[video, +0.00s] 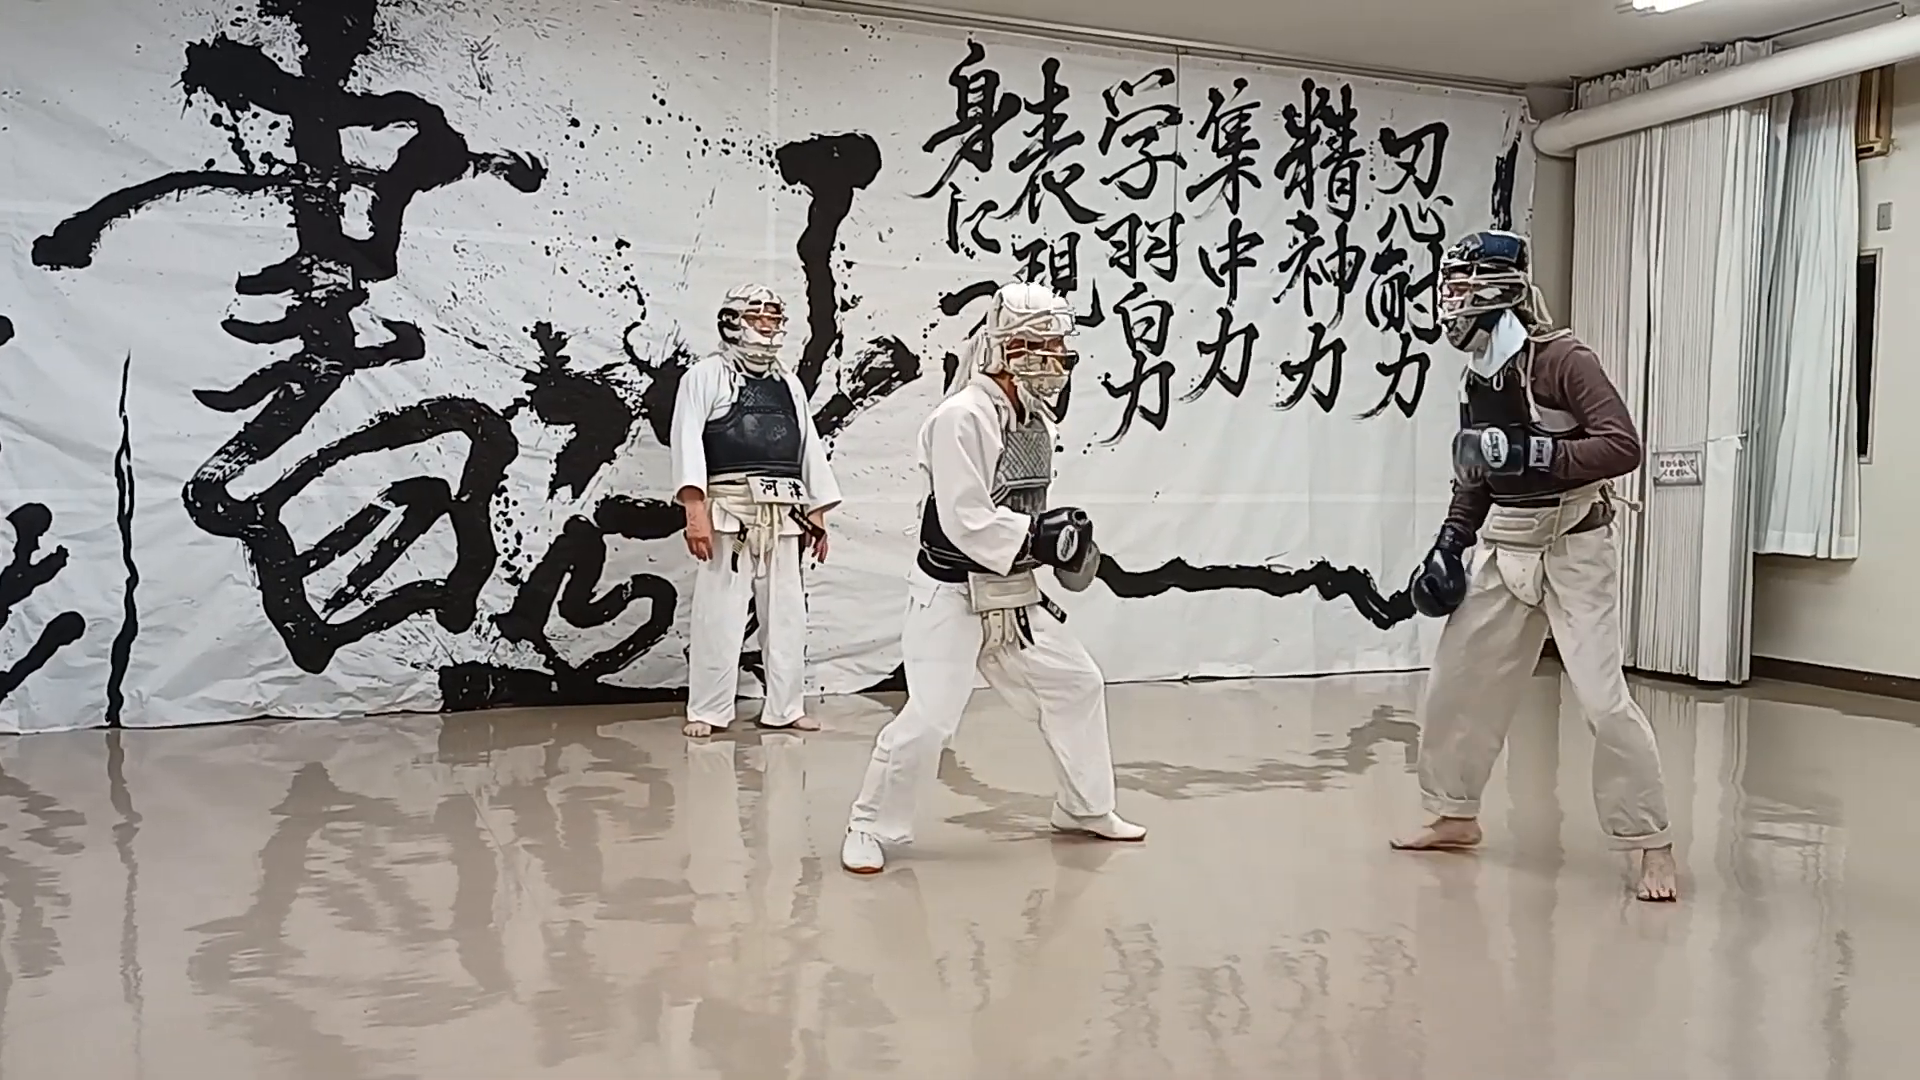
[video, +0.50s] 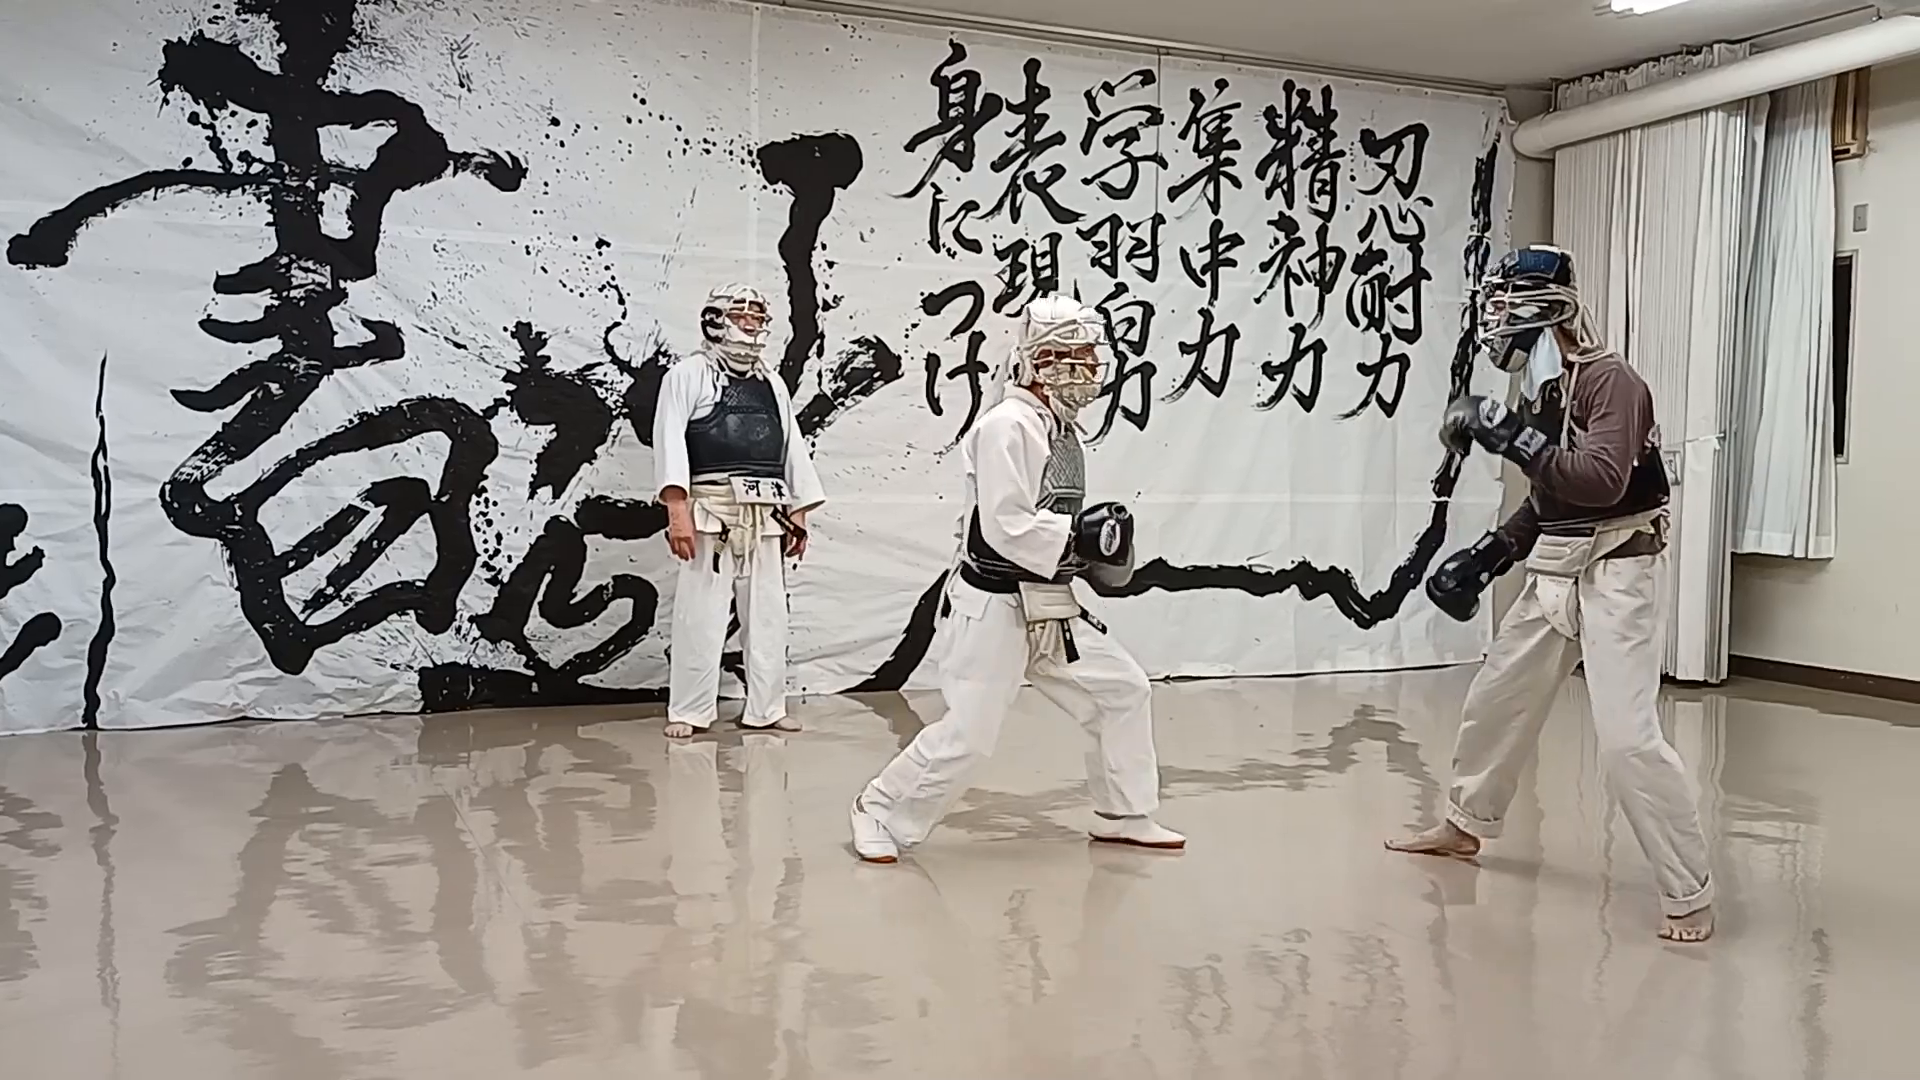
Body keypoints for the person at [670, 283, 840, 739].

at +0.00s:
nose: (768, 325)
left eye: (774, 319)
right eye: (757, 317)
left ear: (781, 326)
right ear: (733, 321)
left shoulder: (789, 382)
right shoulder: (705, 375)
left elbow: (809, 449)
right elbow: (687, 444)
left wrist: (817, 514)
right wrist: (695, 510)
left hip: (784, 512)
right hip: (724, 510)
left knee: (787, 615)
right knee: (718, 615)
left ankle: (784, 709)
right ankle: (707, 713)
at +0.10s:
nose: (765, 326)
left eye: (771, 319)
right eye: (755, 318)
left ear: (776, 326)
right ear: (730, 321)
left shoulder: (785, 382)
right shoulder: (701, 374)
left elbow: (804, 448)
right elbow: (682, 444)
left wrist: (813, 511)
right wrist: (690, 510)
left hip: (780, 511)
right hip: (720, 510)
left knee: (782, 614)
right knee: (713, 615)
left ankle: (780, 709)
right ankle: (703, 713)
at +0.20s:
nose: (759, 327)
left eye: (766, 321)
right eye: (749, 319)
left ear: (773, 326)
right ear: (726, 321)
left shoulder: (781, 382)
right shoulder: (697, 374)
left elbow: (801, 448)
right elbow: (678, 443)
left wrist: (809, 512)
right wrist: (686, 510)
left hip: (776, 513)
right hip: (716, 512)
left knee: (779, 615)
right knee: (709, 617)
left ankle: (776, 709)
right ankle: (699, 713)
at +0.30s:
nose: (757, 327)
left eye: (763, 321)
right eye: (747, 318)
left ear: (770, 327)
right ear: (722, 320)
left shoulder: (778, 381)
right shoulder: (693, 374)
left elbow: (797, 448)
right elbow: (675, 444)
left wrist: (805, 511)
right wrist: (683, 510)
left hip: (772, 512)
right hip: (713, 511)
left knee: (775, 615)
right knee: (706, 616)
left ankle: (772, 709)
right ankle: (696, 714)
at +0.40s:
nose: (755, 325)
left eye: (761, 319)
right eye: (745, 316)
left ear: (766, 326)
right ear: (720, 320)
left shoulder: (774, 381)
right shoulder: (690, 374)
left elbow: (794, 449)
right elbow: (672, 444)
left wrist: (800, 513)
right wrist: (680, 511)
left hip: (769, 512)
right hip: (709, 510)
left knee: (771, 615)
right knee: (703, 617)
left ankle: (768, 710)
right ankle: (693, 714)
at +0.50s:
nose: (752, 325)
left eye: (758, 319)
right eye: (742, 317)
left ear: (763, 326)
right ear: (717, 320)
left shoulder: (772, 381)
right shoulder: (687, 374)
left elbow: (791, 448)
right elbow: (669, 443)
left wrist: (798, 512)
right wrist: (677, 511)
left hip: (766, 511)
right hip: (706, 510)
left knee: (768, 615)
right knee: (699, 616)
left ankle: (765, 710)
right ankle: (689, 715)